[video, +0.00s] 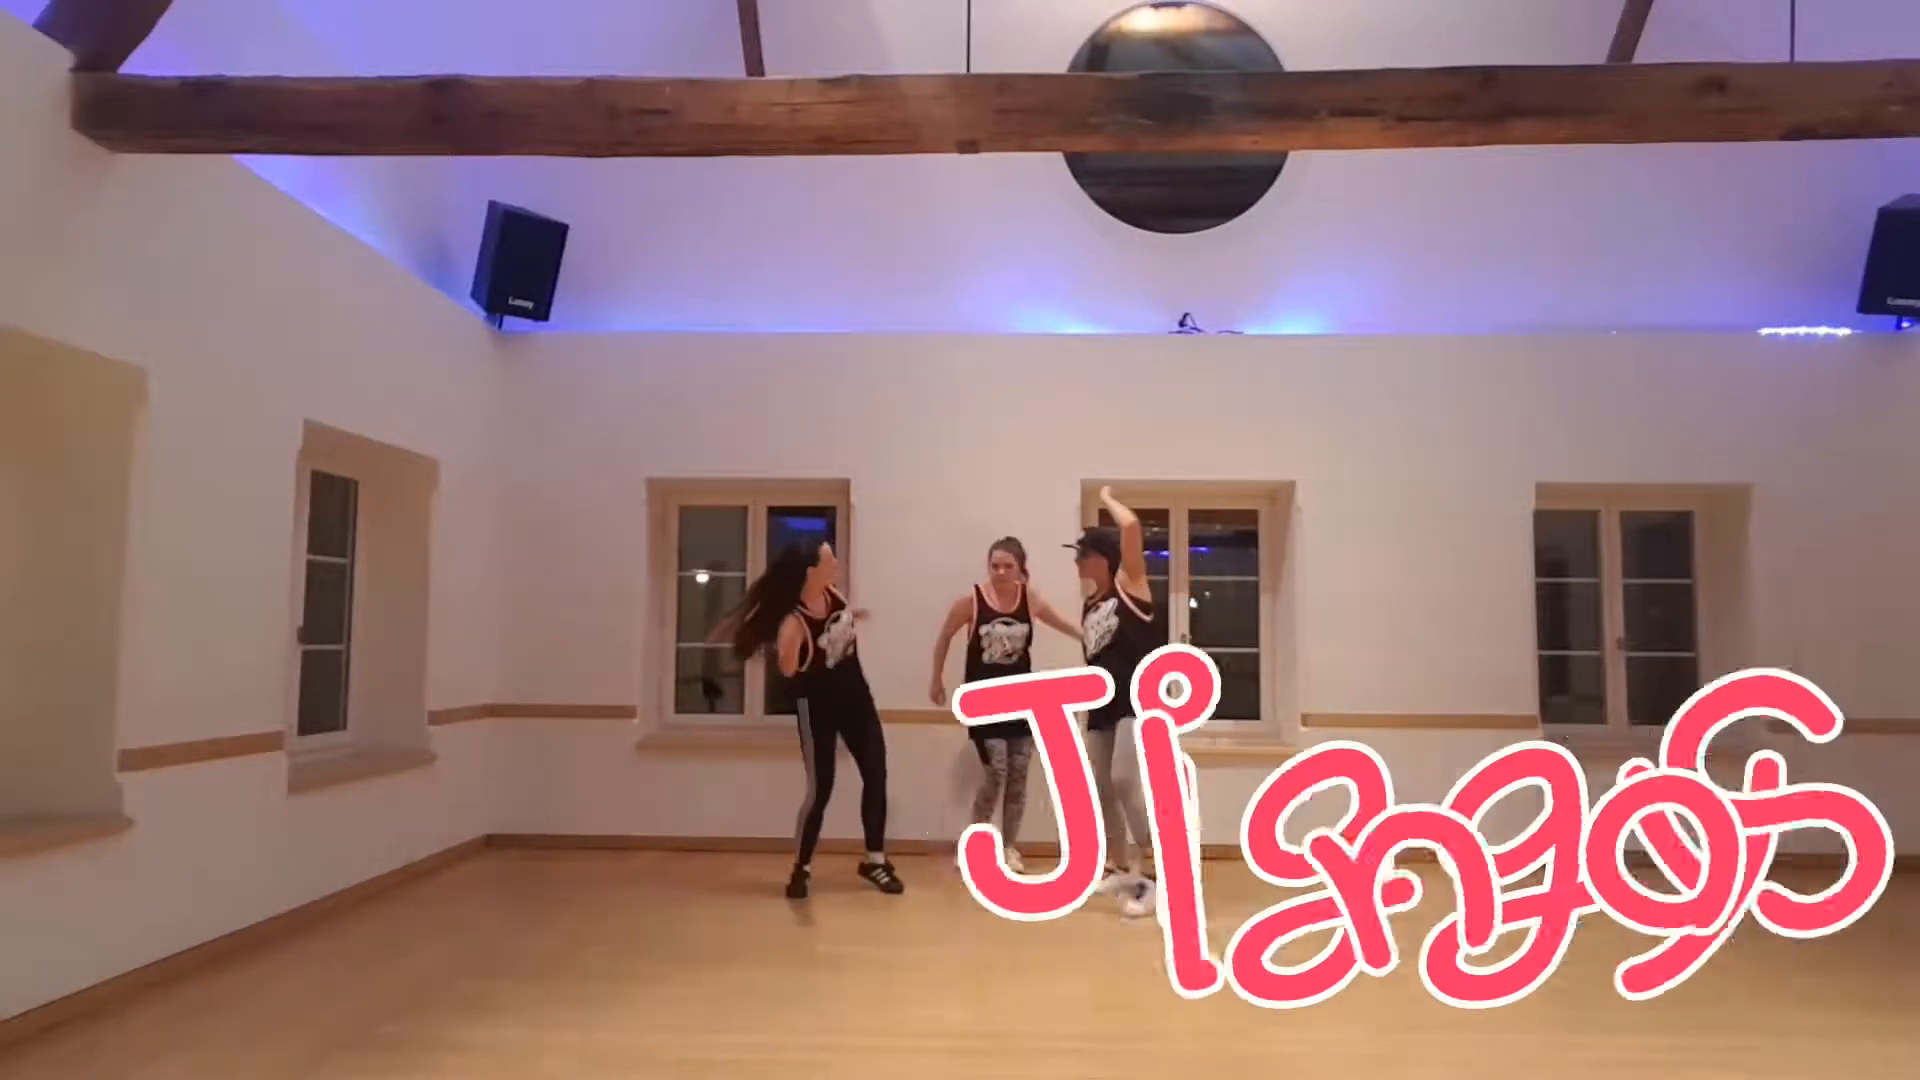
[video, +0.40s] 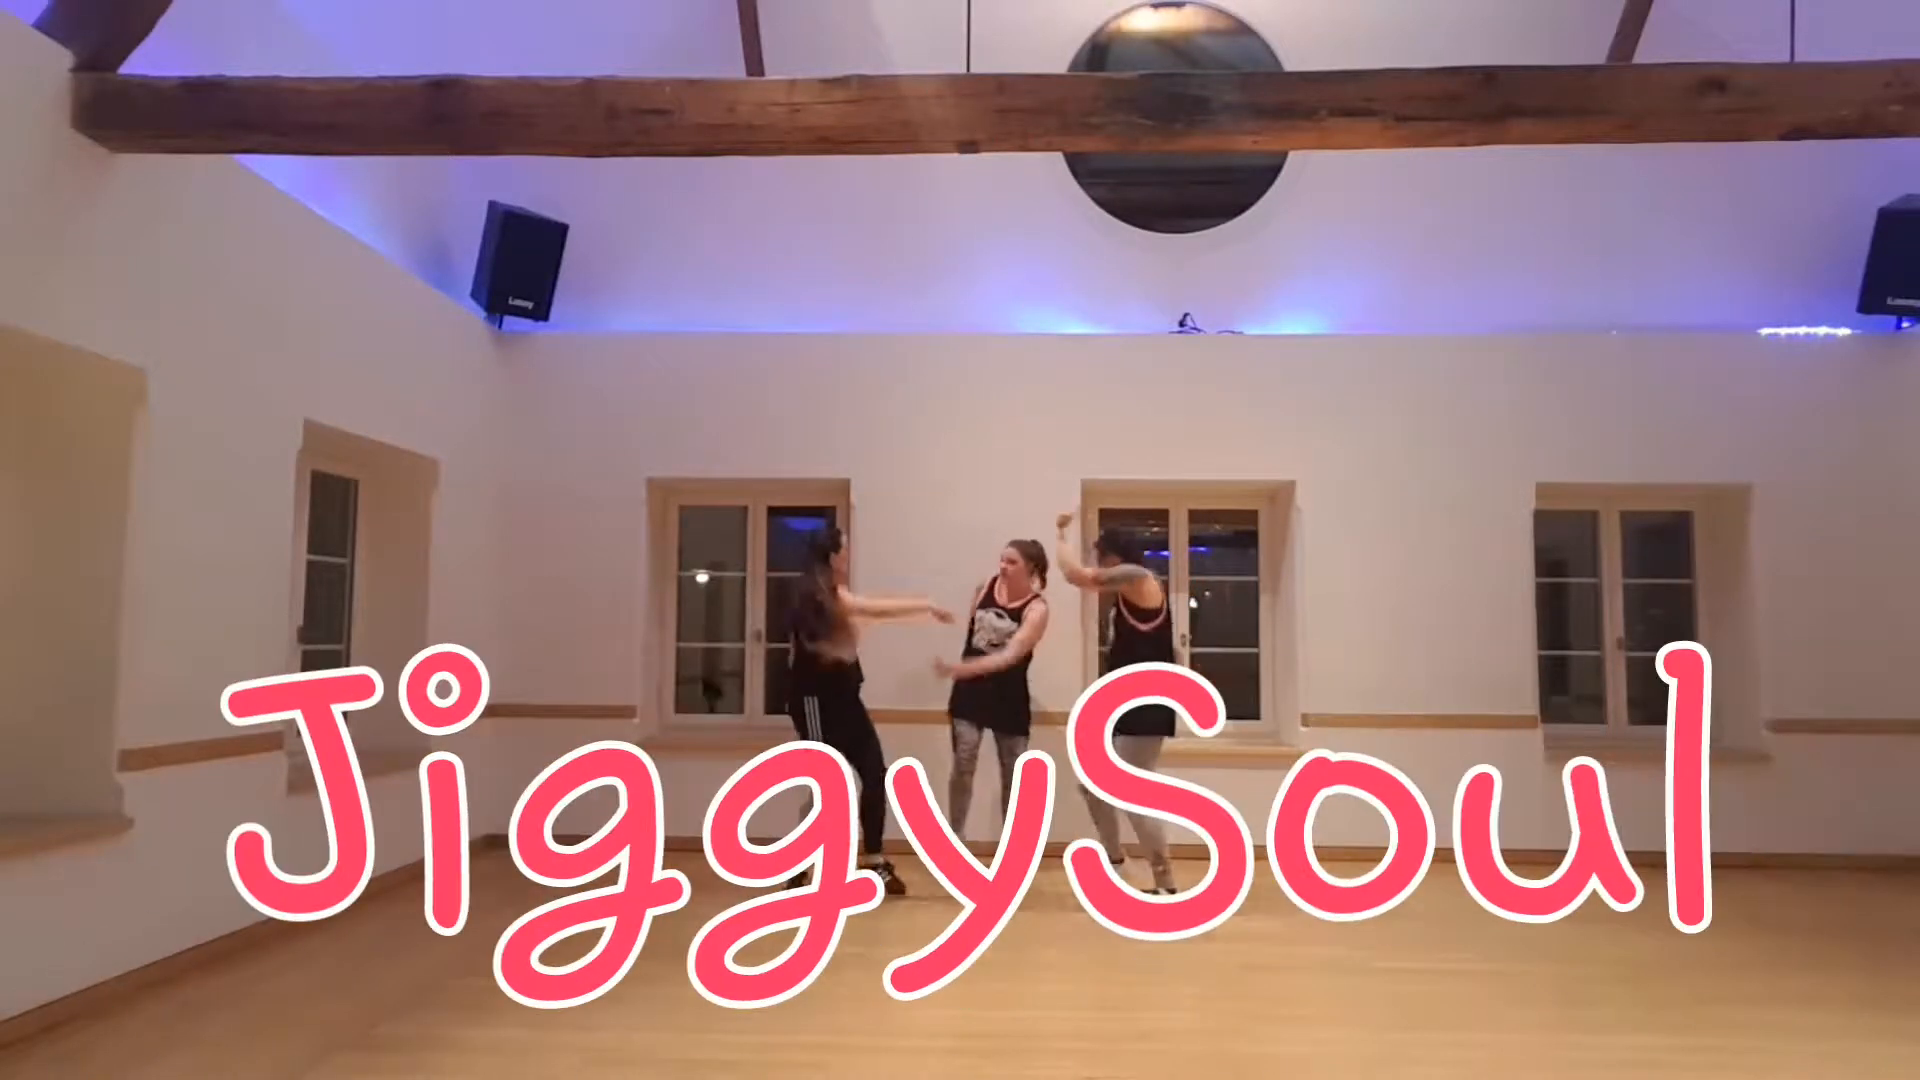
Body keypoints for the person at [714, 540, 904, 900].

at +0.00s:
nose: (835, 559)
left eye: (830, 553)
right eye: (829, 556)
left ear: (815, 571)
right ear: (812, 571)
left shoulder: (831, 594)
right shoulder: (794, 623)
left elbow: (839, 619)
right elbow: (788, 673)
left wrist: (852, 619)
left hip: (854, 695)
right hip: (817, 704)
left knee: (876, 775)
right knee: (820, 787)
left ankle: (875, 860)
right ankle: (801, 868)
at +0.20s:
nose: (840, 581)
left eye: (839, 574)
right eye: (835, 575)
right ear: (820, 583)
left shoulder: (828, 619)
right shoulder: (798, 629)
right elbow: (839, 648)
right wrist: (845, 600)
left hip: (847, 717)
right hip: (820, 721)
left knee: (882, 784)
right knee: (829, 793)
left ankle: (870, 860)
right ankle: (802, 868)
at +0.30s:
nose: (845, 571)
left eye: (843, 564)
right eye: (839, 564)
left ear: (830, 570)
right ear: (824, 571)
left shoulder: (832, 608)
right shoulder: (810, 610)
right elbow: (860, 627)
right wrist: (893, 596)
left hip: (844, 708)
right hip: (816, 711)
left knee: (878, 781)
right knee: (830, 790)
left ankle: (870, 860)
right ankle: (804, 870)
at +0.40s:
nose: (847, 558)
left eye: (844, 551)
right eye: (843, 551)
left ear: (826, 554)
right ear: (832, 555)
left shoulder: (833, 593)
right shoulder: (815, 594)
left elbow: (877, 608)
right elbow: (872, 609)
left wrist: (925, 609)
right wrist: (925, 607)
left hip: (842, 695)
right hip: (816, 696)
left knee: (874, 773)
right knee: (825, 778)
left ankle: (873, 859)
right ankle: (805, 863)